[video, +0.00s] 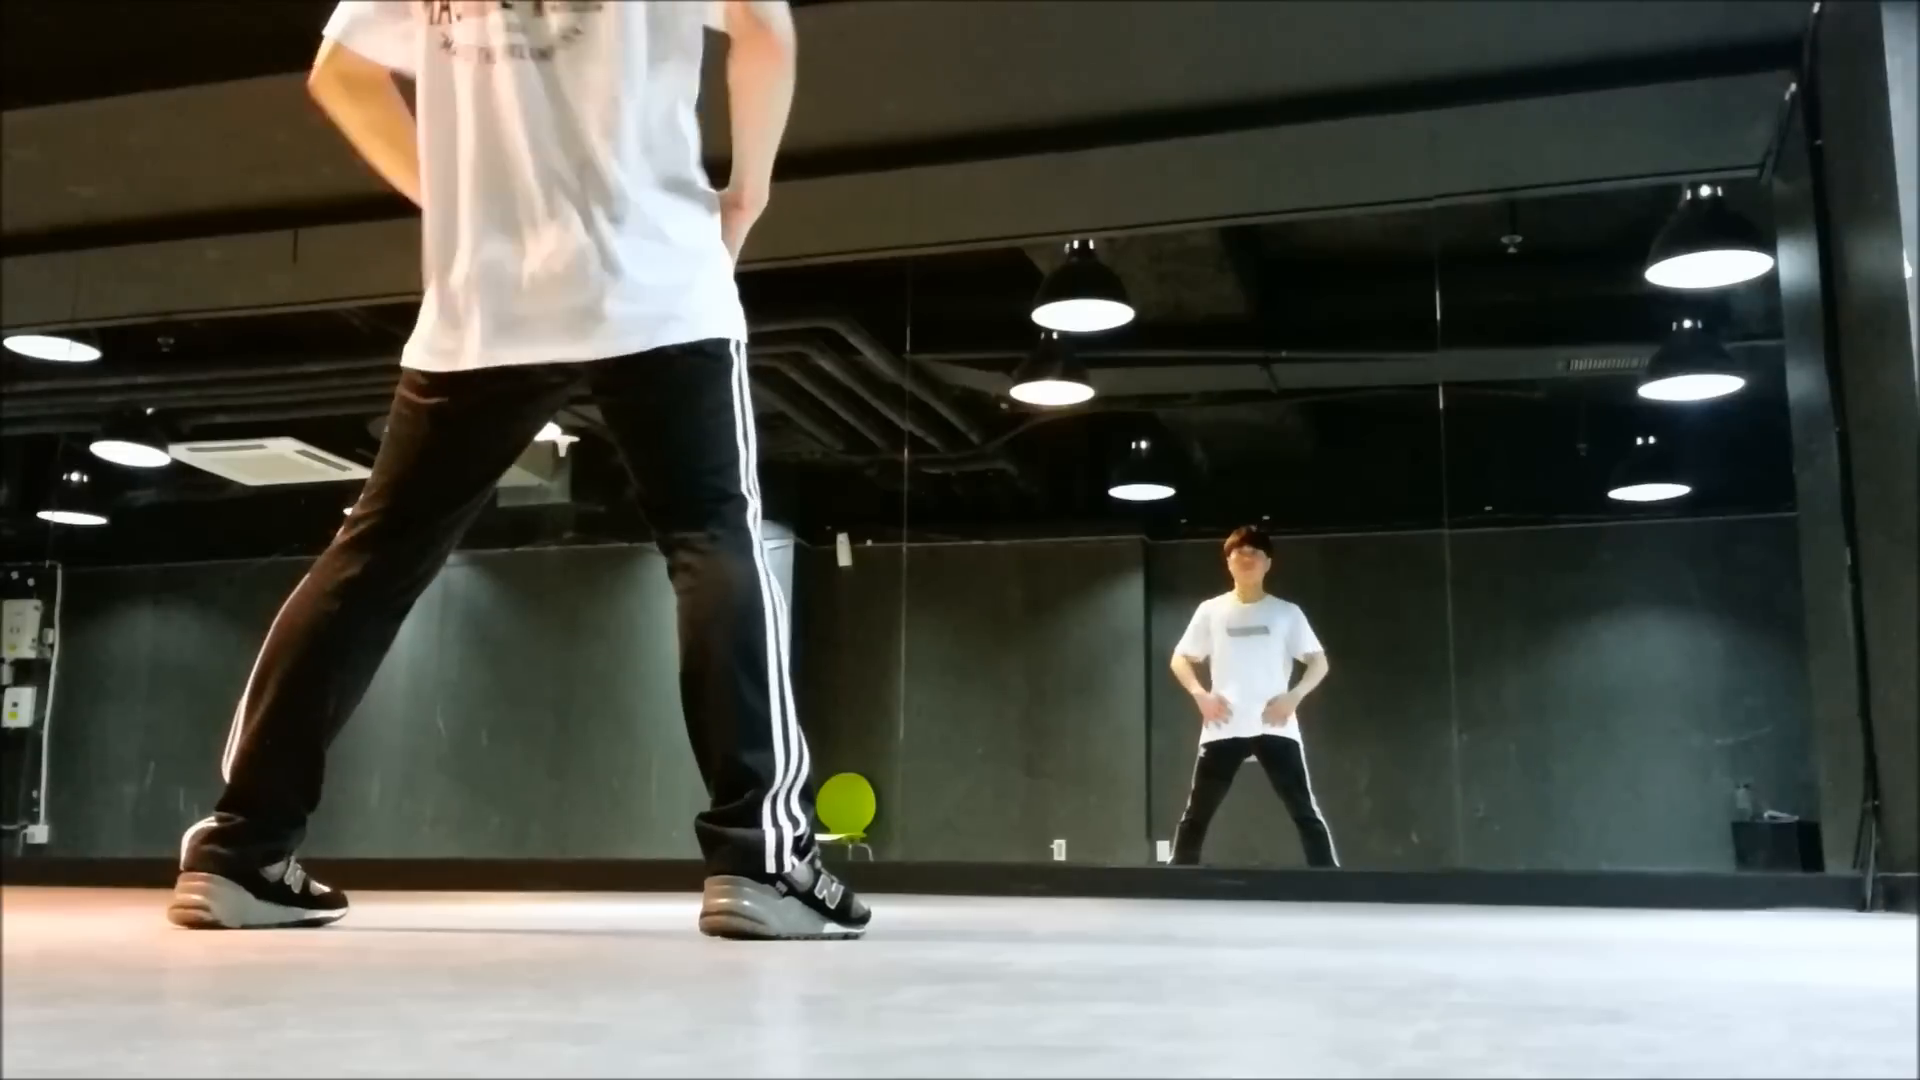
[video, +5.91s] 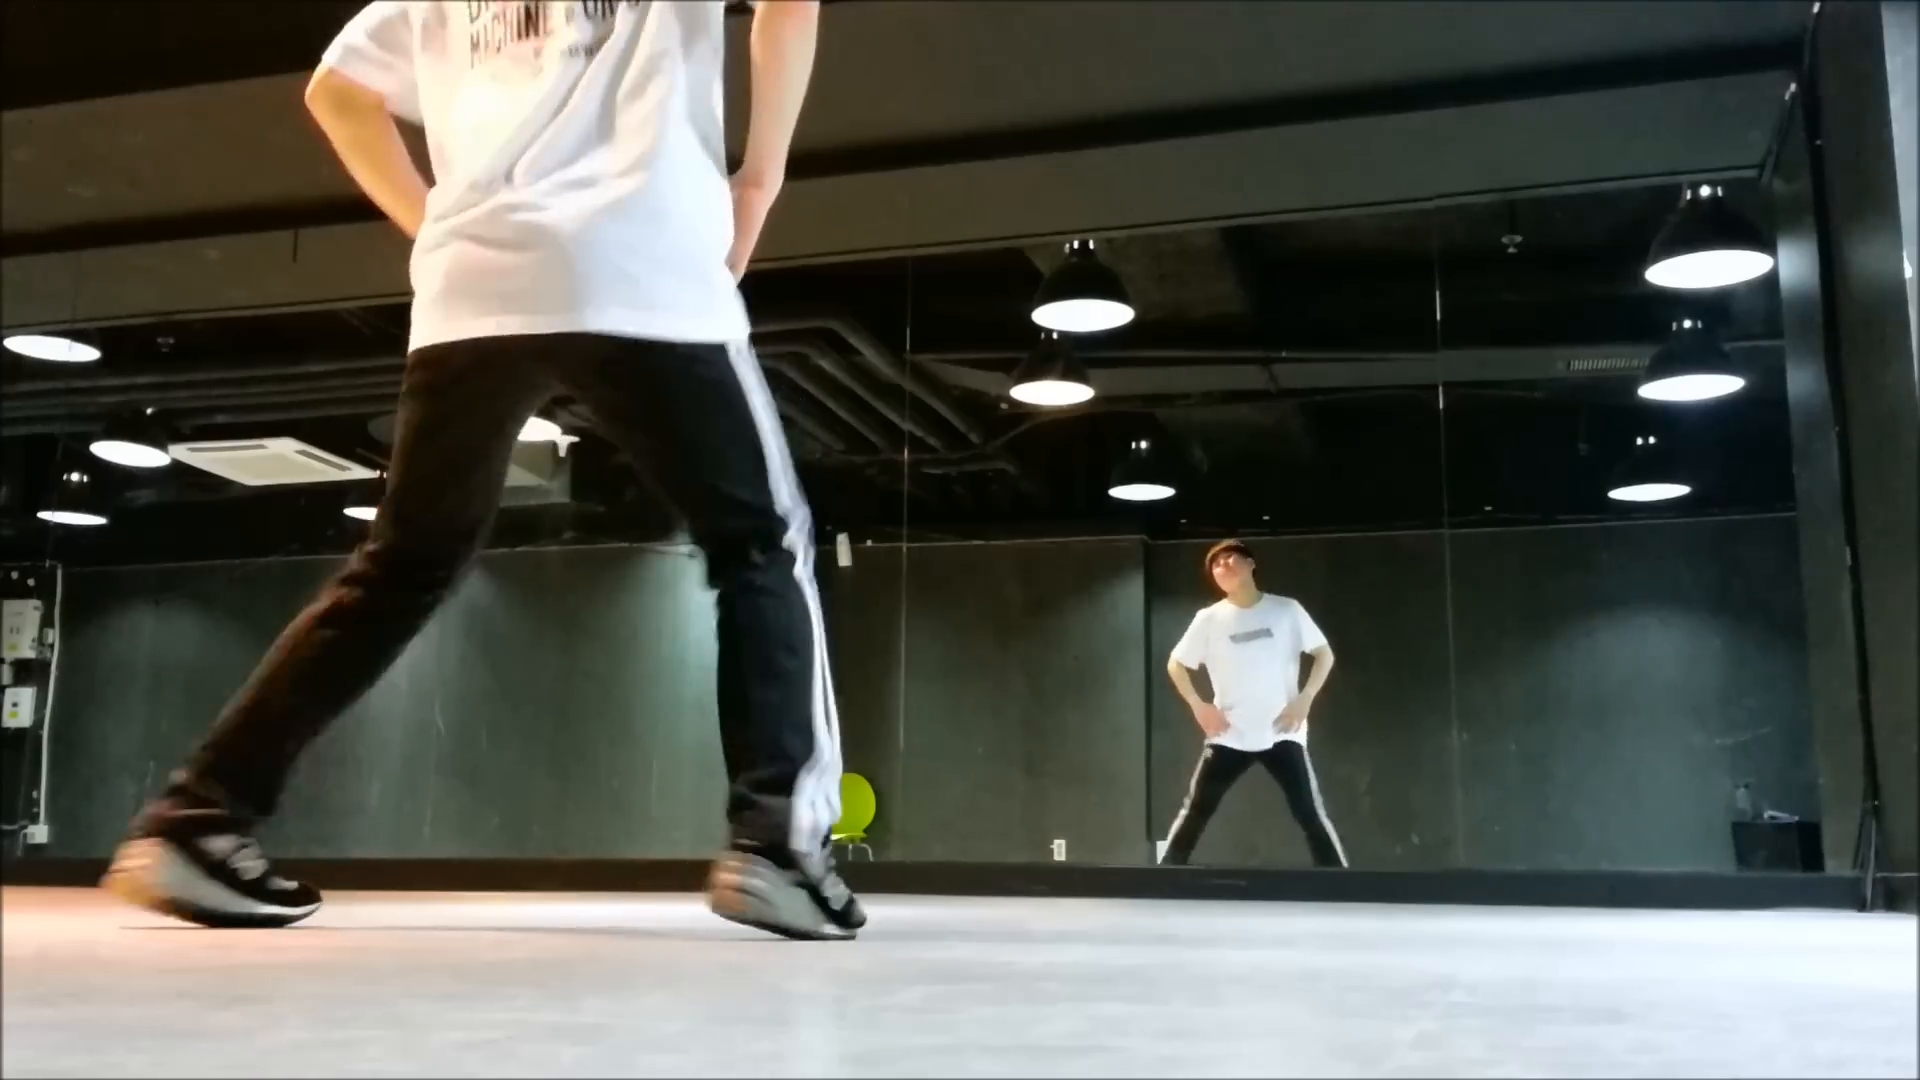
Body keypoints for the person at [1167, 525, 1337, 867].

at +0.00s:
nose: (1247, 559)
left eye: (1255, 553)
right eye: (1240, 553)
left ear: (1268, 563)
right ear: (1229, 562)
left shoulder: (1288, 613)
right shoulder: (1210, 611)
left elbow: (1319, 664)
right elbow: (1179, 660)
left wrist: (1292, 698)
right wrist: (1201, 696)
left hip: (1276, 731)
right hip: (1223, 731)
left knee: (1305, 813)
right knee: (1196, 815)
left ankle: (1331, 889)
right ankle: (1177, 890)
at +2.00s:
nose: (1210, 576)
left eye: (1217, 567)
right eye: (1206, 568)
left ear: (1240, 568)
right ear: (1203, 572)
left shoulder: (1271, 617)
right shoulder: (1198, 614)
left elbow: (1311, 662)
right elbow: (1179, 663)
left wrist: (1292, 696)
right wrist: (1201, 699)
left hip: (1277, 730)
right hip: (1224, 732)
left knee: (1309, 814)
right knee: (1199, 816)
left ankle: (1333, 888)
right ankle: (1178, 890)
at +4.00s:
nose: (1245, 558)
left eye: (1253, 552)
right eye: (1238, 552)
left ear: (1266, 562)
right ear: (1227, 560)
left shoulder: (1285, 611)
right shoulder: (1208, 609)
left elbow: (1316, 661)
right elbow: (1185, 661)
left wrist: (1294, 697)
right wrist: (1202, 696)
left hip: (1276, 730)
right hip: (1224, 730)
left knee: (1306, 812)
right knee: (1197, 815)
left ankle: (1332, 888)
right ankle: (1178, 889)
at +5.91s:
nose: (1224, 565)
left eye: (1231, 558)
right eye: (1217, 563)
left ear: (1250, 565)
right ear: (1214, 577)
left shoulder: (1288, 611)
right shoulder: (1208, 619)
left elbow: (1324, 656)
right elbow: (1176, 665)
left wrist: (1304, 700)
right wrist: (1199, 707)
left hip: (1283, 736)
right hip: (1229, 738)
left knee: (1311, 815)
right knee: (1194, 812)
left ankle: (1343, 889)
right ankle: (1163, 884)